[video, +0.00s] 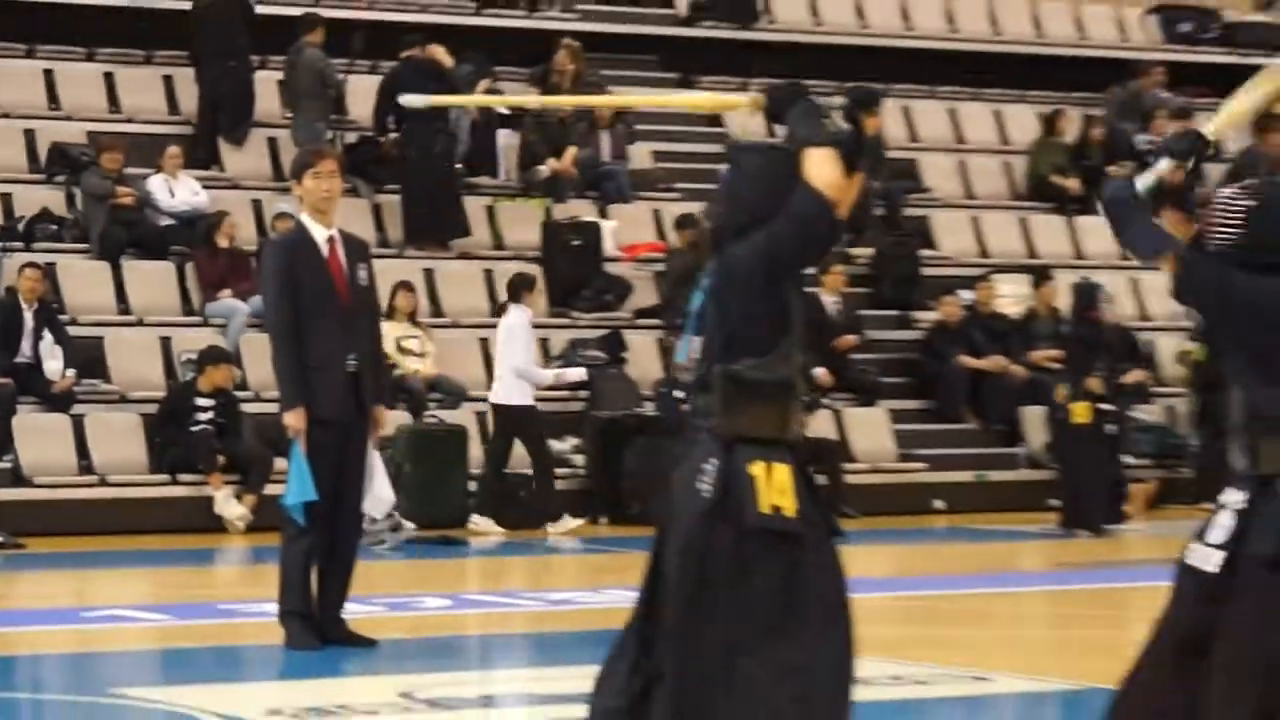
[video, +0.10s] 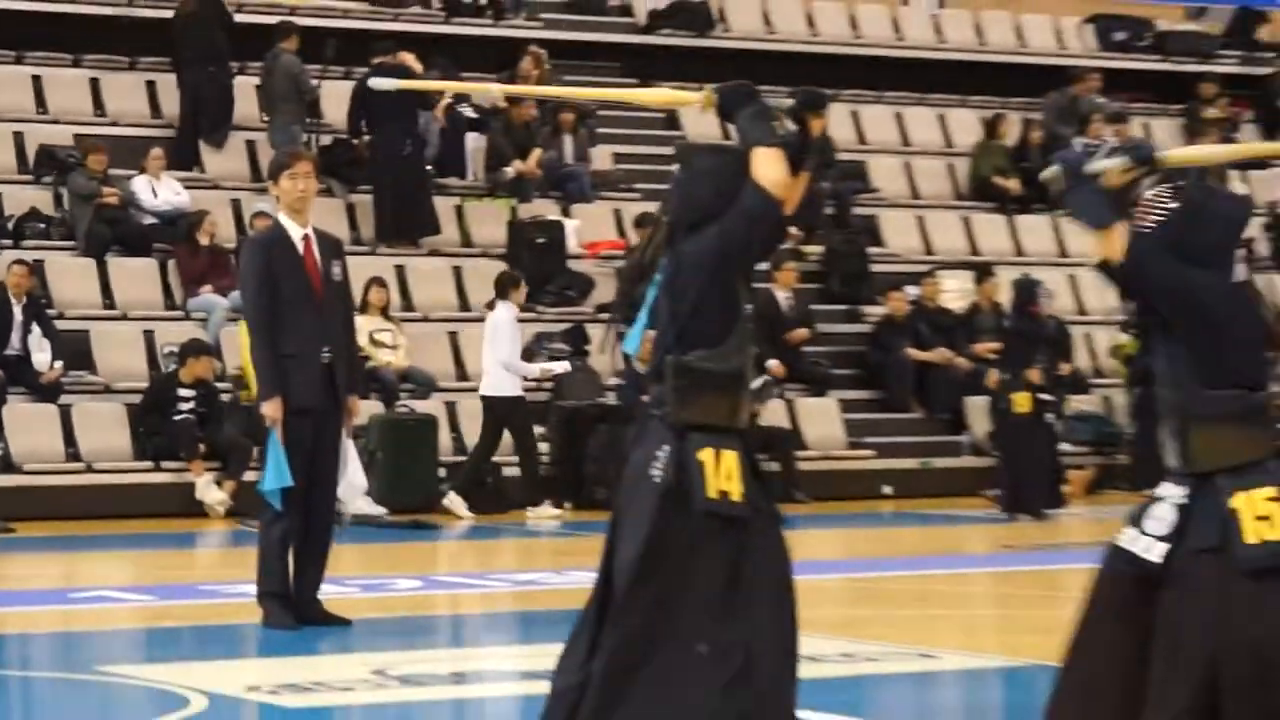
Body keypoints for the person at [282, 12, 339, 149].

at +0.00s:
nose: (323, 37)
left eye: (323, 32)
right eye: (322, 32)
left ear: (304, 31)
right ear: (315, 31)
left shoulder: (293, 54)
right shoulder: (316, 56)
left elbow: (289, 86)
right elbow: (333, 82)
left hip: (299, 119)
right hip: (316, 120)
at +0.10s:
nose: (298, 43)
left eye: (297, 38)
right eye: (296, 38)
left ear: (280, 38)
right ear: (290, 38)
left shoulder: (270, 59)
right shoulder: (292, 62)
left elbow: (265, 91)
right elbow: (308, 91)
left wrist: (272, 112)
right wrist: (315, 90)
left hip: (275, 121)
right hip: (292, 122)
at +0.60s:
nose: (234, 89)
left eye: (233, 86)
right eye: (232, 86)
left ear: (218, 87)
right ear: (227, 87)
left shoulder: (210, 107)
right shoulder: (230, 106)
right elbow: (244, 128)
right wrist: (252, 148)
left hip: (217, 156)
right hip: (231, 156)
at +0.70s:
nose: (243, 92)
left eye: (242, 89)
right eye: (241, 88)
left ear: (228, 89)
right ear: (236, 89)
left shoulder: (219, 108)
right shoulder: (240, 108)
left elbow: (219, 138)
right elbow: (253, 131)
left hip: (226, 155)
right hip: (240, 156)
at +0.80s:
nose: (256, 103)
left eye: (256, 100)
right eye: (255, 100)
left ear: (241, 100)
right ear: (250, 100)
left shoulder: (234, 119)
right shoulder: (253, 119)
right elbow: (268, 136)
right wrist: (273, 132)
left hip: (240, 165)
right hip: (254, 166)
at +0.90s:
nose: (265, 110)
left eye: (265, 107)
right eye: (264, 107)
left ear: (252, 107)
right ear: (259, 107)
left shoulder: (243, 125)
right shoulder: (262, 124)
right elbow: (277, 140)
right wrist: (283, 134)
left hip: (249, 170)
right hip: (263, 171)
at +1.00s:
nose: (271, 113)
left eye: (271, 110)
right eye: (270, 110)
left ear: (258, 110)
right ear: (264, 110)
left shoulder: (249, 128)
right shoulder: (267, 127)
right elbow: (283, 141)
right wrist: (291, 134)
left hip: (256, 173)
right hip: (269, 173)